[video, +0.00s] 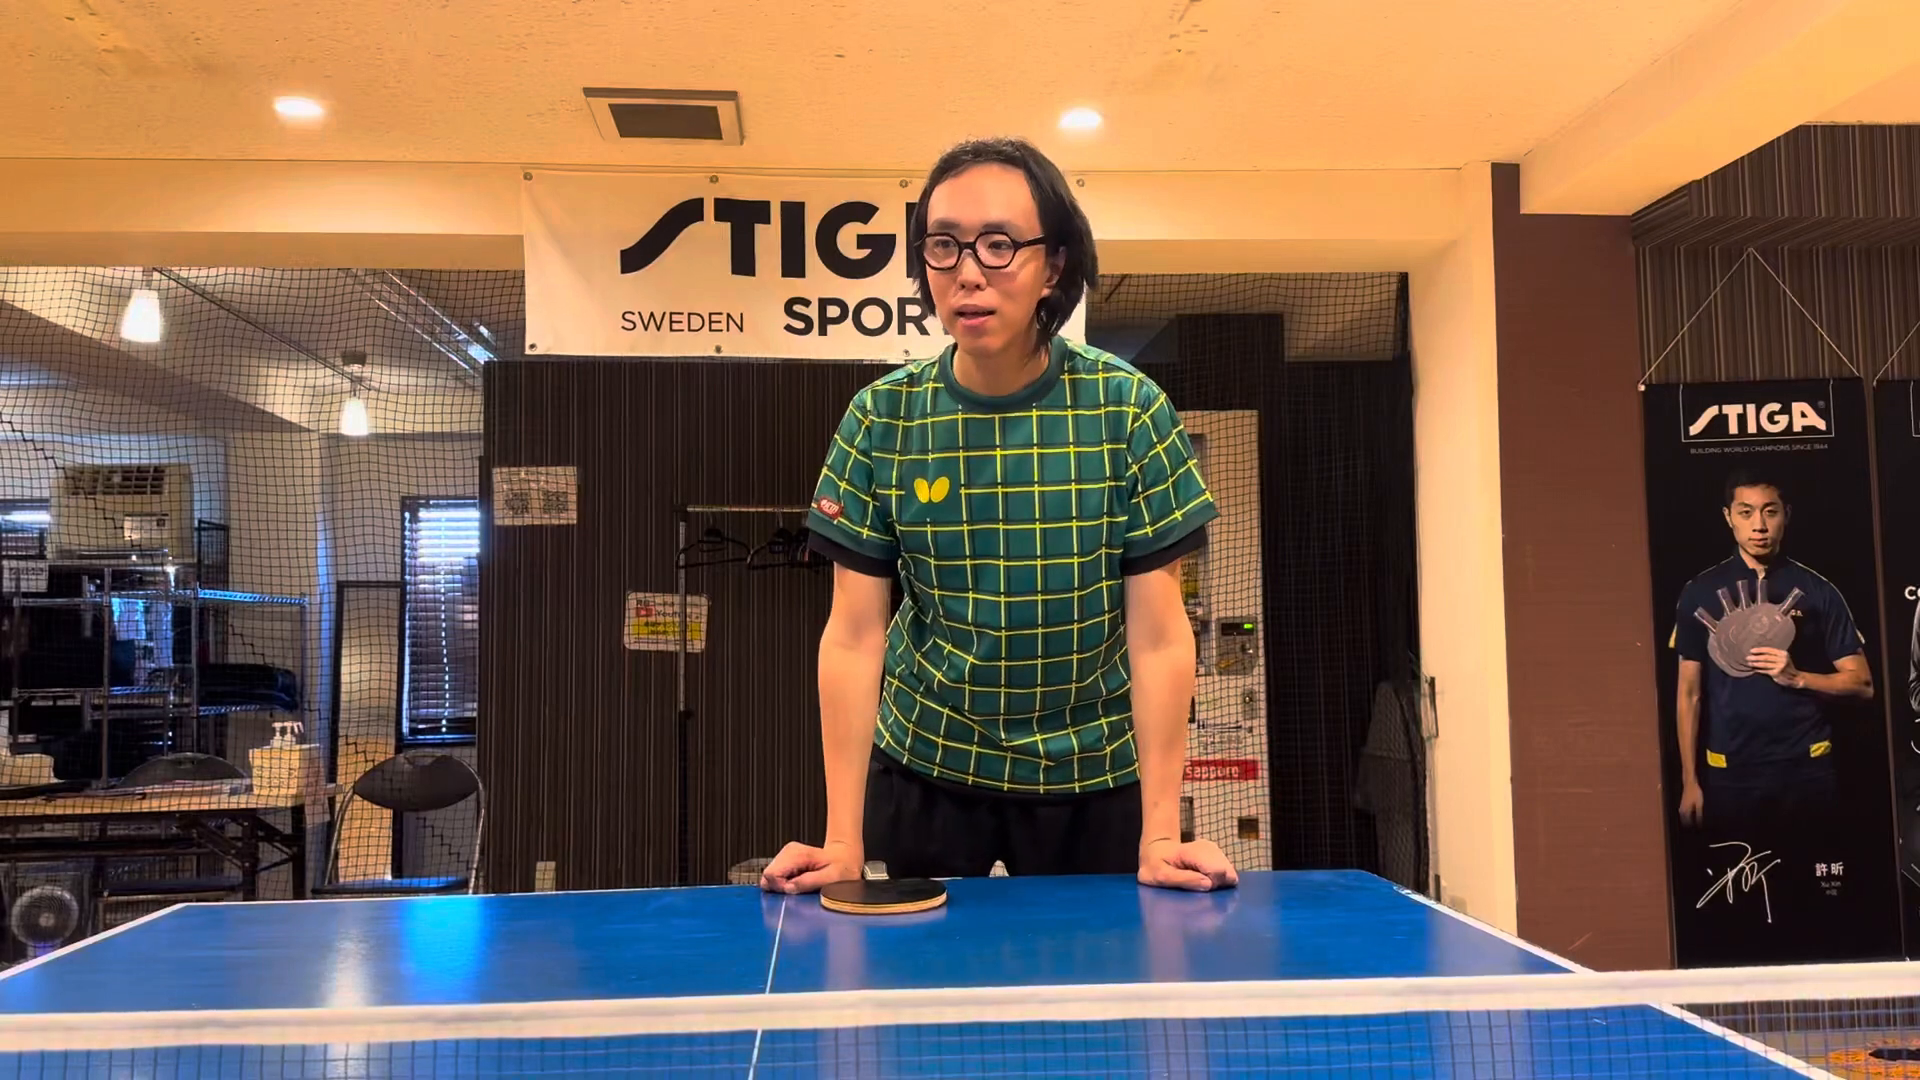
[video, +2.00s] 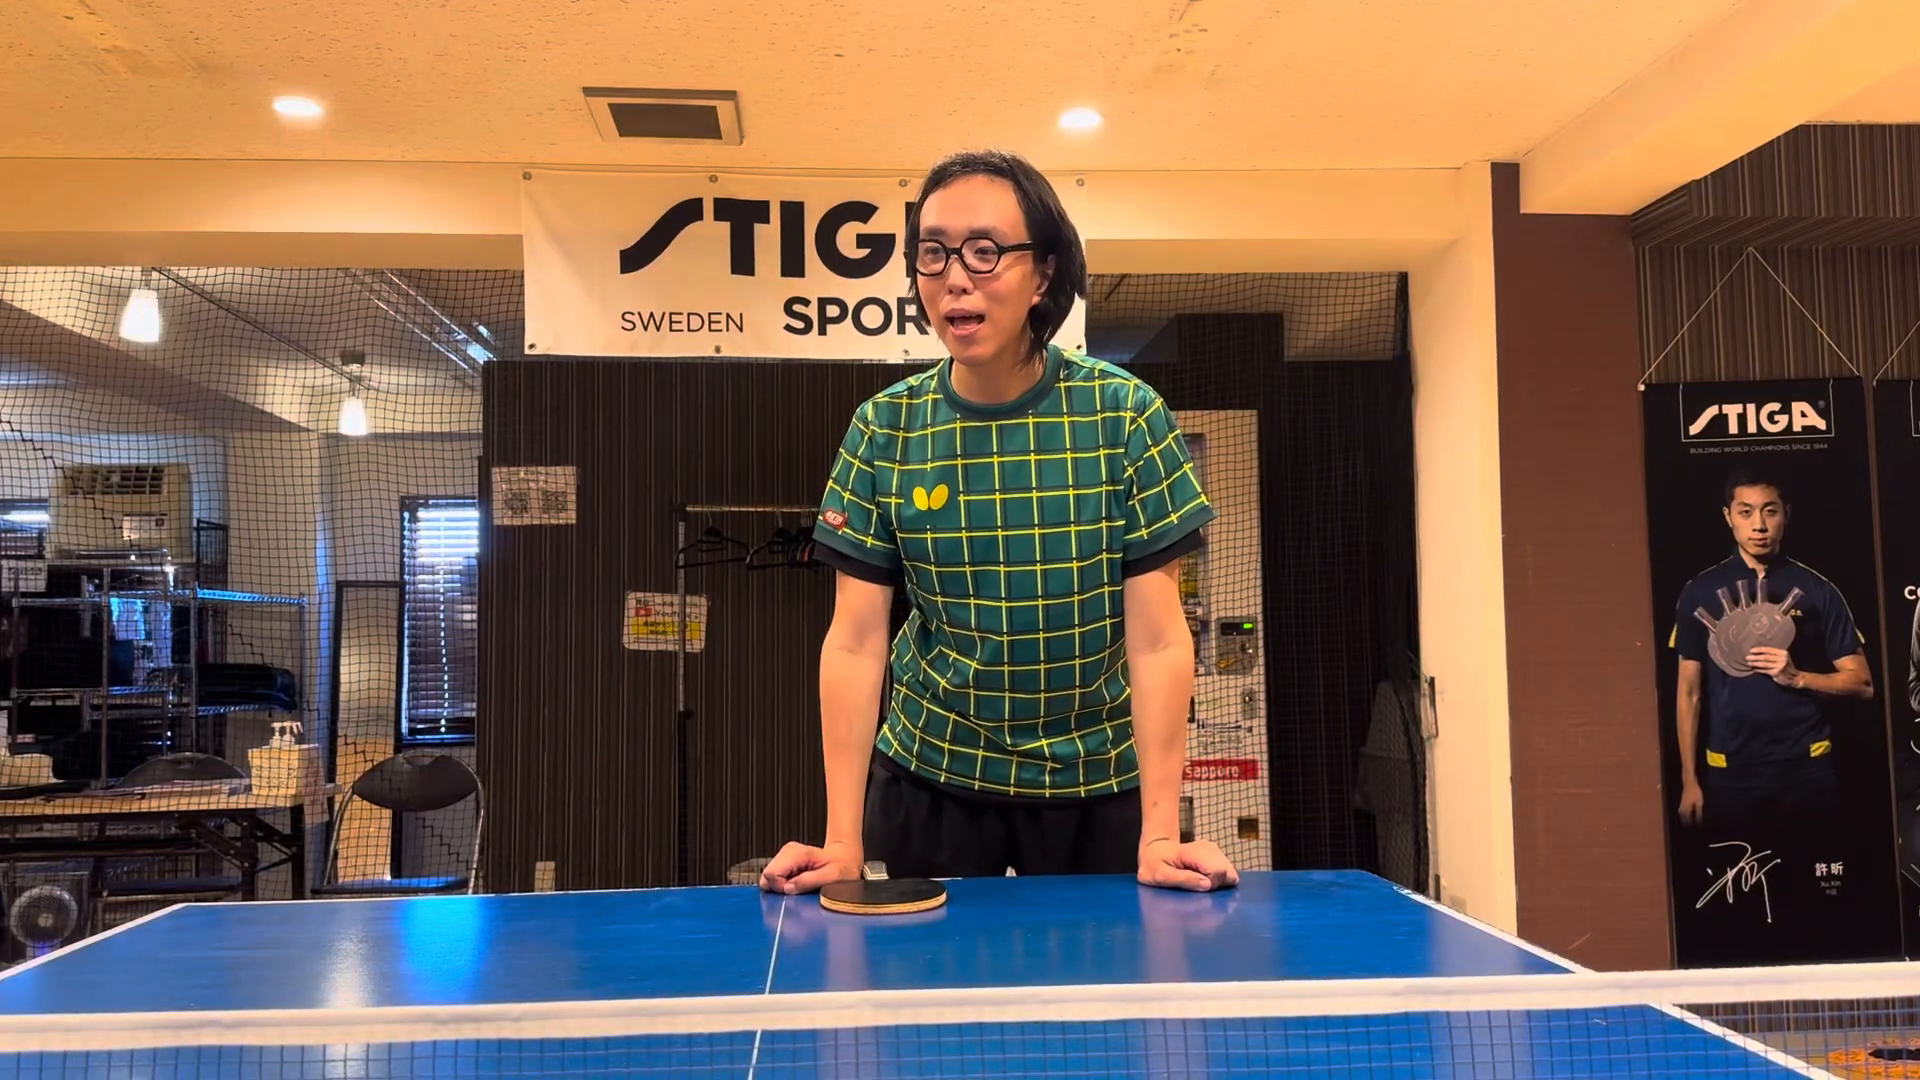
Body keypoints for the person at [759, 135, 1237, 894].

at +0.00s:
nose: (968, 272)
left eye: (999, 245)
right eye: (946, 245)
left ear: (1055, 267)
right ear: (923, 265)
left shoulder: (1126, 409)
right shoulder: (883, 416)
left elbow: (1159, 638)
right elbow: (853, 636)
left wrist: (1163, 835)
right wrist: (842, 841)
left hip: (1092, 799)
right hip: (924, 795)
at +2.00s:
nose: (955, 277)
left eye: (985, 250)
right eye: (935, 253)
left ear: (1043, 275)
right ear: (916, 275)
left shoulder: (1124, 416)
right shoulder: (887, 427)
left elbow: (1158, 641)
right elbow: (854, 643)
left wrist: (1162, 835)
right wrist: (842, 841)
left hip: (1095, 806)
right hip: (928, 803)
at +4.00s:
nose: (979, 257)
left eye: (1008, 234)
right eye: (960, 237)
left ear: (1055, 268)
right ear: (939, 268)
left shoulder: (1119, 422)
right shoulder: (898, 433)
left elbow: (1145, 624)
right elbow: (865, 641)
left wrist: (1135, 766)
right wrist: (889, 782)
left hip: (1087, 777)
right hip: (932, 776)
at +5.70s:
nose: (993, 303)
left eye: (1017, 280)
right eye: (971, 278)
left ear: (1049, 296)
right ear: (941, 293)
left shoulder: (1096, 443)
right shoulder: (880, 449)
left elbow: (1129, 618)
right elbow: (834, 640)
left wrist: (1092, 654)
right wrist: (926, 705)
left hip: (1075, 771)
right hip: (912, 775)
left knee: (1177, 961)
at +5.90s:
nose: (1042, 325)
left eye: (1066, 303)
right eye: (1019, 302)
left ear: (1101, 319)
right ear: (991, 321)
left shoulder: (1156, 465)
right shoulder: (937, 475)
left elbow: (1200, 669)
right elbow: (857, 651)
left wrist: (1163, 615)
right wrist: (917, 716)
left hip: (1128, 786)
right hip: (964, 786)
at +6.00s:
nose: (1070, 329)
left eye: (1095, 307)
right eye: (1048, 304)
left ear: (1129, 321)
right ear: (1019, 317)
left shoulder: (1181, 453)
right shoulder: (964, 473)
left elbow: (1232, 661)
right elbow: (886, 649)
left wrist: (1186, 541)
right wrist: (938, 714)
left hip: (1154, 782)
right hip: (989, 779)